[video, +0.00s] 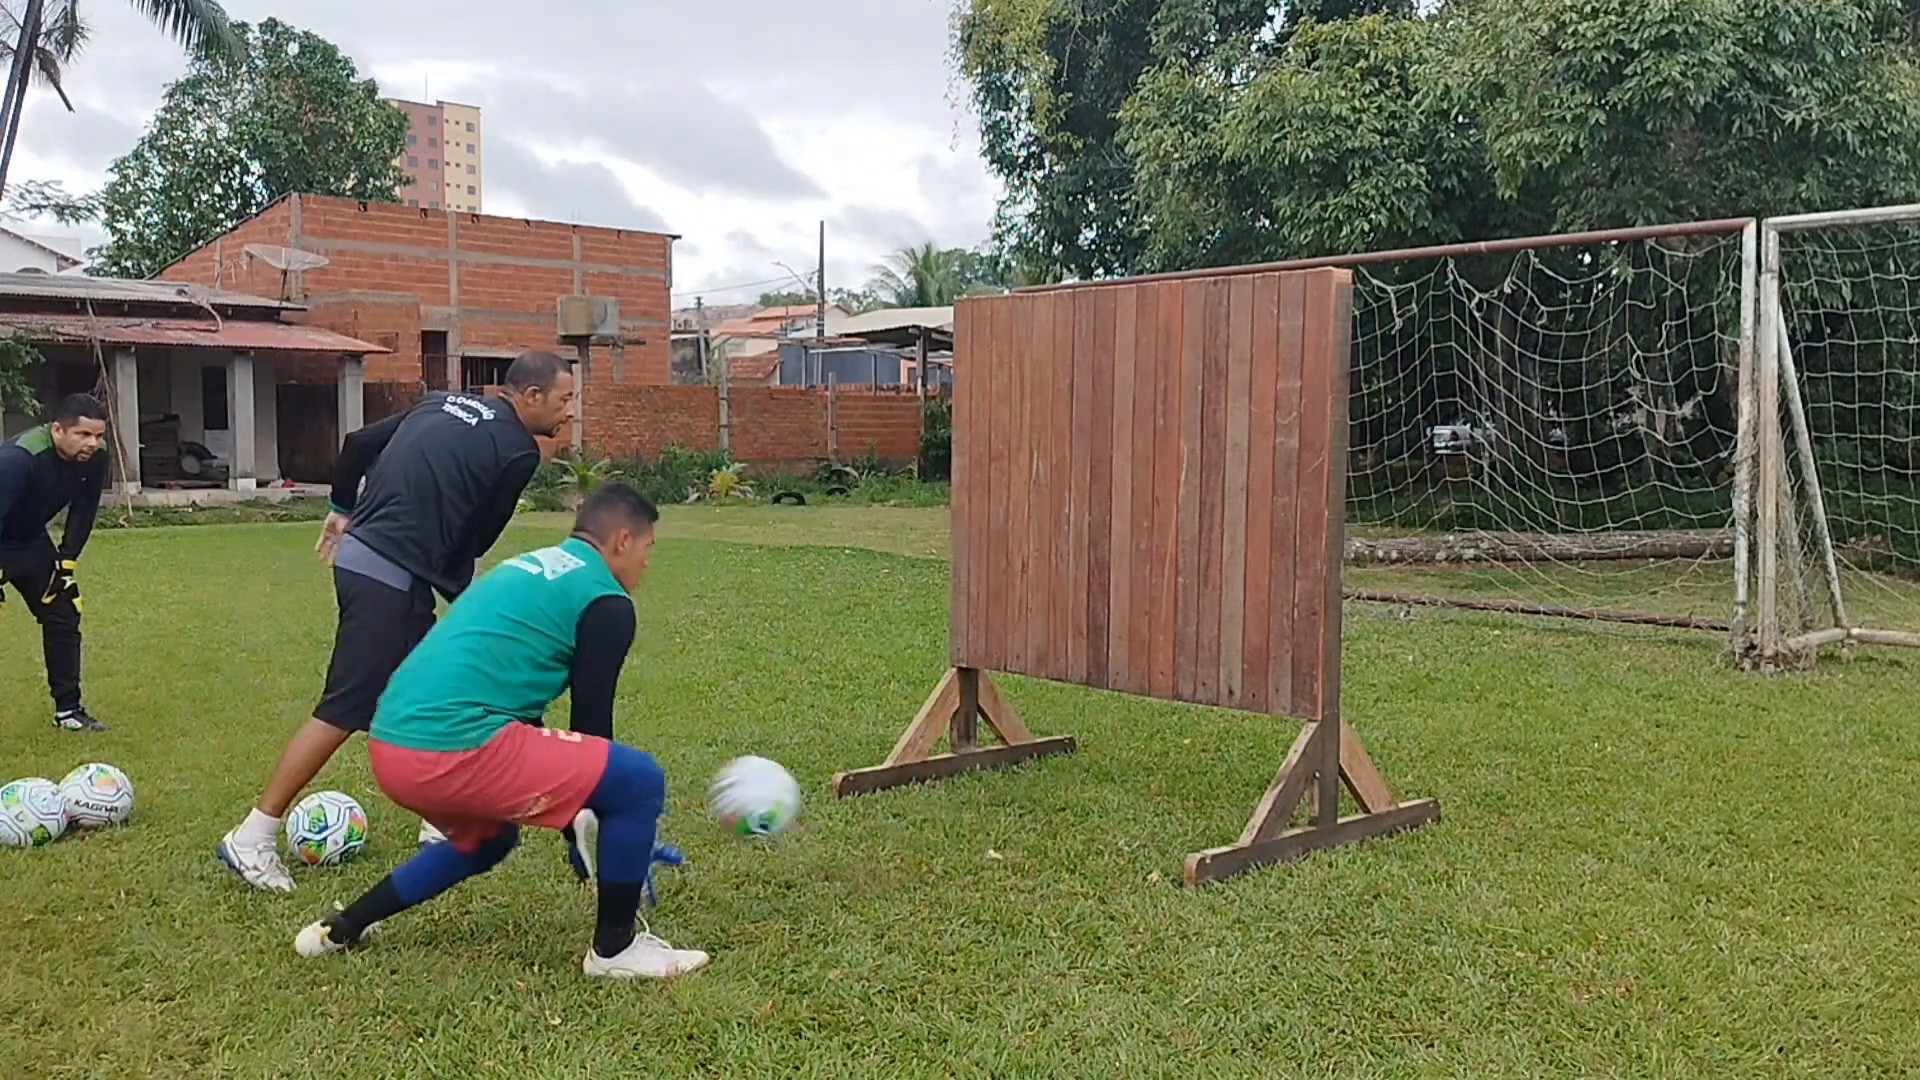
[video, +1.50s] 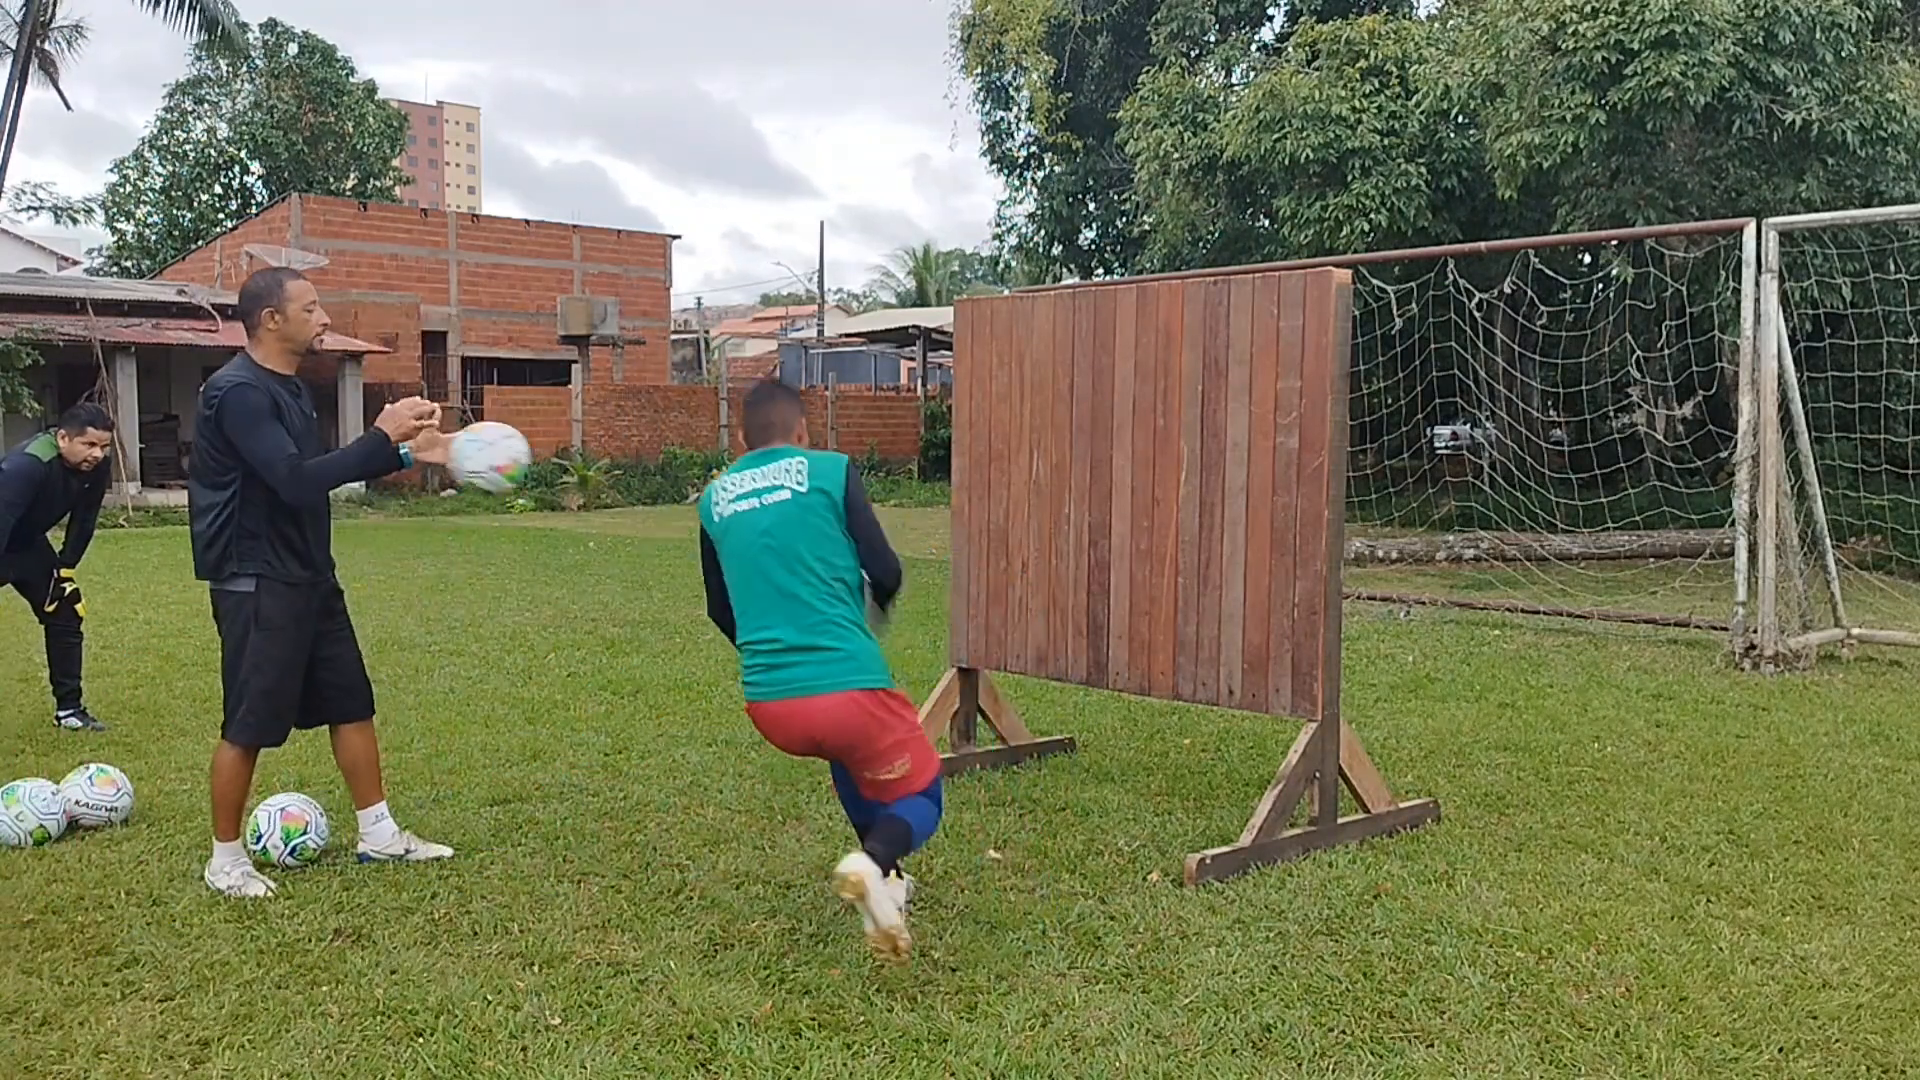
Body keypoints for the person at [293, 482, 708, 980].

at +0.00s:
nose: (646, 563)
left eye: (649, 550)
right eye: (646, 549)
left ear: (585, 535)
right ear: (621, 542)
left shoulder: (527, 564)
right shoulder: (605, 602)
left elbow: (513, 701)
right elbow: (592, 730)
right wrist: (593, 826)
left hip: (394, 749)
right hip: (459, 755)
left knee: (490, 840)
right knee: (637, 780)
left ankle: (340, 929)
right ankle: (616, 947)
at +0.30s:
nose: (833, 714)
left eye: (835, 702)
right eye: (832, 700)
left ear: (778, 681)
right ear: (809, 690)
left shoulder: (727, 703)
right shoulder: (789, 723)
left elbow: (722, 810)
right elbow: (812, 851)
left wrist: (805, 787)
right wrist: (848, 802)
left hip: (542, 796)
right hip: (596, 805)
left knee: (544, 915)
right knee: (765, 849)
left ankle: (376, 924)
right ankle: (621, 941)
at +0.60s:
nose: (1016, 808)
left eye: (1018, 799)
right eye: (1021, 799)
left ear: (983, 762)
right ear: (1014, 787)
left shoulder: (930, 764)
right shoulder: (998, 801)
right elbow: (952, 886)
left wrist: (966, 877)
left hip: (791, 765)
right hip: (855, 786)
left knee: (707, 895)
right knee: (951, 930)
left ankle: (615, 905)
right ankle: (802, 944)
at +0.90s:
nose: (958, 634)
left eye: (956, 627)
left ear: (951, 625)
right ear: (1007, 626)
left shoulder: (918, 661)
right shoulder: (1040, 665)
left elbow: (899, 739)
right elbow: (1055, 749)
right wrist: (1024, 815)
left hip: (884, 783)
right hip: (966, 798)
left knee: (867, 888)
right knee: (1036, 912)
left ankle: (776, 916)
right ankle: (960, 937)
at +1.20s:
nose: (835, 538)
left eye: (835, 530)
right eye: (836, 530)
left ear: (848, 529)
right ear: (901, 527)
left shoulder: (828, 566)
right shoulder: (949, 571)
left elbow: (758, 644)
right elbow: (971, 667)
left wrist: (815, 703)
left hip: (886, 786)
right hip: (968, 789)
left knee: (836, 731)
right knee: (1013, 907)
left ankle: (882, 882)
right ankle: (992, 948)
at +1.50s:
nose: (806, 437)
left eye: (799, 433)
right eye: (805, 430)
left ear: (744, 436)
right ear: (802, 429)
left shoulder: (715, 497)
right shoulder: (832, 470)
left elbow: (720, 610)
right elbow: (885, 571)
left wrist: (766, 645)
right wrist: (882, 598)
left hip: (774, 712)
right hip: (849, 697)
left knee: (845, 753)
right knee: (922, 797)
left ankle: (888, 876)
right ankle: (869, 862)